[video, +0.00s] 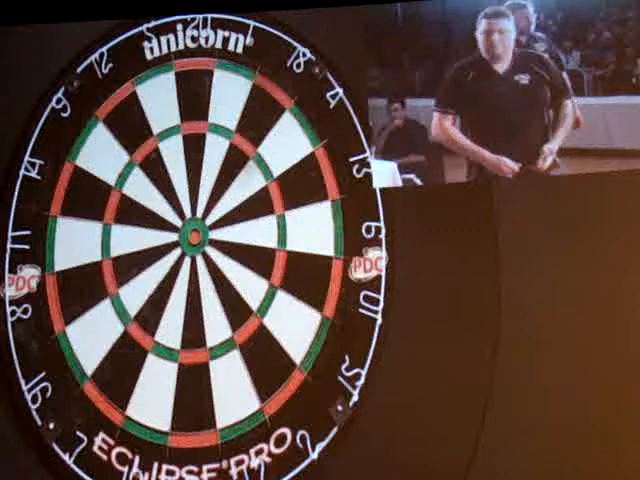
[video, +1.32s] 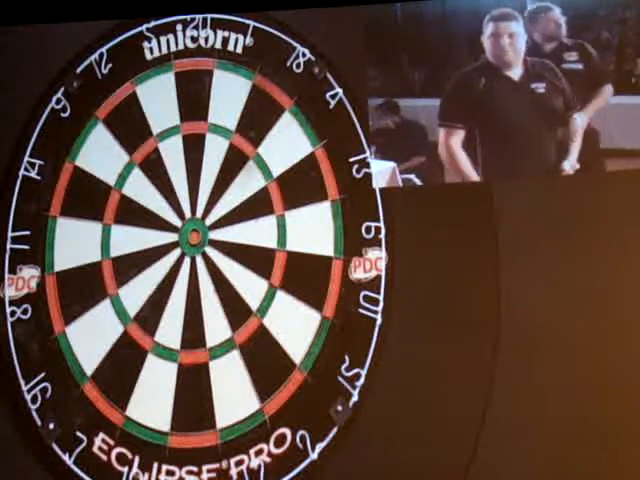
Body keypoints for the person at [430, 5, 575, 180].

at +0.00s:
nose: (493, 39)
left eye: (501, 32)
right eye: (486, 33)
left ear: (514, 36)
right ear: (477, 37)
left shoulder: (539, 65)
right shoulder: (462, 74)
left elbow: (566, 106)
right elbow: (440, 129)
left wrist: (553, 145)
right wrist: (489, 160)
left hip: (537, 181)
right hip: (487, 183)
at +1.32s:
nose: (503, 43)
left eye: (511, 36)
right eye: (495, 36)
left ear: (525, 40)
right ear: (483, 43)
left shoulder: (547, 73)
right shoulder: (468, 84)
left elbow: (575, 120)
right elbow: (450, 146)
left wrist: (571, 160)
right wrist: (478, 191)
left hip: (551, 189)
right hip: (499, 192)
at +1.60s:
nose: (495, 44)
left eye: (502, 36)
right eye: (486, 37)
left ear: (517, 40)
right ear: (474, 44)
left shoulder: (541, 72)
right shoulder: (462, 87)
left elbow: (570, 123)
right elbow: (451, 153)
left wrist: (570, 166)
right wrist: (449, 208)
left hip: (547, 190)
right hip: (492, 196)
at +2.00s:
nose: (468, 51)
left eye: (476, 42)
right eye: (459, 44)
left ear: (491, 45)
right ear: (446, 51)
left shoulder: (514, 73)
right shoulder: (439, 98)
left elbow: (545, 115)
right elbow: (427, 169)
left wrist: (563, 163)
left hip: (543, 193)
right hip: (484, 203)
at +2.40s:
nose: (457, 56)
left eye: (465, 47)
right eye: (446, 49)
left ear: (479, 51)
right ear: (434, 57)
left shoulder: (505, 74)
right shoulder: (431, 103)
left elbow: (542, 115)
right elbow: (407, 162)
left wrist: (561, 161)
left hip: (537, 197)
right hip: (478, 208)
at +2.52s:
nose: (456, 57)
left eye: (463, 47)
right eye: (445, 51)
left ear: (478, 51)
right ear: (433, 59)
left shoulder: (503, 74)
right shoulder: (432, 102)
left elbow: (542, 115)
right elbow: (402, 153)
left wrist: (561, 161)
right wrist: (367, 189)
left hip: (537, 195)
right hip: (480, 207)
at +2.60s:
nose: (455, 57)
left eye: (462, 48)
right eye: (444, 51)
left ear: (476, 52)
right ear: (432, 60)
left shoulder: (503, 75)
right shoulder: (432, 102)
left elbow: (541, 116)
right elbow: (402, 141)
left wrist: (560, 162)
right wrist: (366, 163)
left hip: (536, 194)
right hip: (479, 206)